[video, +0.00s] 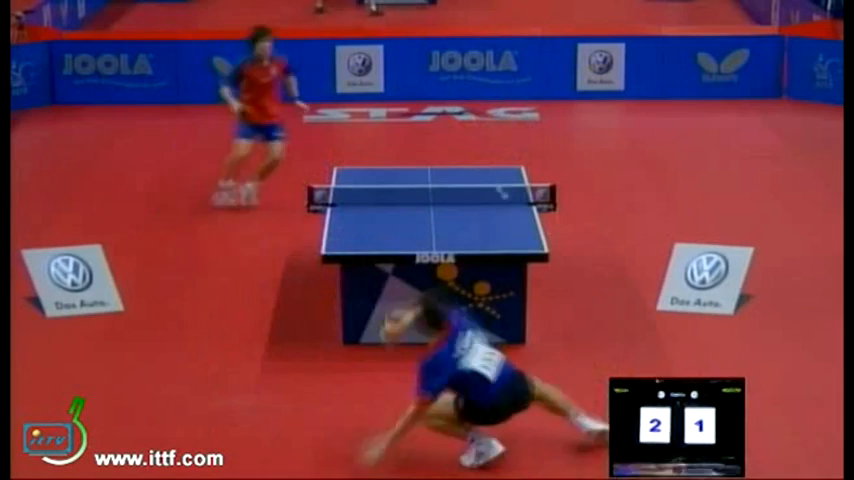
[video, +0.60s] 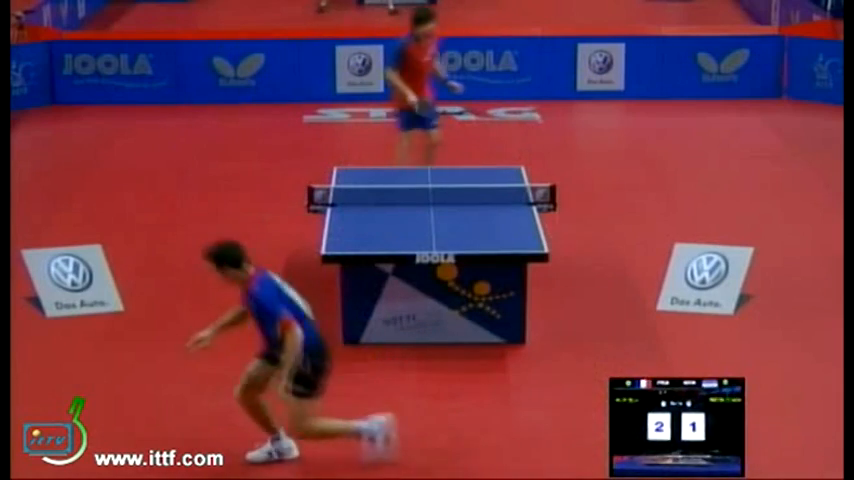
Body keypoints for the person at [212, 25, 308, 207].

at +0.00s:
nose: (267, 48)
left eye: (269, 43)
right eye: (263, 44)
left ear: (272, 46)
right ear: (255, 46)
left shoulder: (279, 65)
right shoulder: (246, 67)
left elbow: (290, 79)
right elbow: (225, 87)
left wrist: (295, 98)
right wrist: (233, 102)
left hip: (271, 115)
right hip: (249, 115)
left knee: (277, 156)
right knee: (241, 152)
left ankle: (252, 185)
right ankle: (225, 185)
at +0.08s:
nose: (281, 50)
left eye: (283, 45)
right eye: (277, 46)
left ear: (286, 47)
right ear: (269, 48)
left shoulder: (294, 66)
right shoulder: (259, 67)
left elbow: (305, 84)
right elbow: (242, 89)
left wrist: (309, 105)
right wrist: (254, 108)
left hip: (290, 116)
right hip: (268, 117)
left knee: (303, 154)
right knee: (260, 155)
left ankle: (294, 184)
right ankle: (256, 187)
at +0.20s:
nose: (309, 62)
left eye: (311, 58)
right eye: (305, 59)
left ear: (313, 59)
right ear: (297, 61)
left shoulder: (319, 76)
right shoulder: (287, 80)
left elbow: (330, 96)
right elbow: (278, 106)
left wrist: (345, 109)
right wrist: (303, 119)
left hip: (317, 125)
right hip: (292, 129)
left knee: (346, 155)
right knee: (275, 164)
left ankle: (368, 183)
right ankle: (266, 193)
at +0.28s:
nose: (338, 63)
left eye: (339, 59)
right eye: (334, 60)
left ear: (339, 60)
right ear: (325, 61)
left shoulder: (343, 74)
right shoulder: (314, 79)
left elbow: (353, 91)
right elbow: (309, 109)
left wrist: (366, 101)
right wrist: (338, 116)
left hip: (337, 126)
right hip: (313, 129)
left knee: (372, 153)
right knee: (289, 163)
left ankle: (386, 189)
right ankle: (268, 192)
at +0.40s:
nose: (380, 56)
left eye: (382, 52)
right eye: (377, 52)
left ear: (384, 53)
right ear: (369, 52)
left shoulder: (383, 68)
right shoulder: (358, 70)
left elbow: (391, 81)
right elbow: (349, 102)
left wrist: (410, 92)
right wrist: (376, 109)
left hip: (375, 122)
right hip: (351, 124)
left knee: (402, 154)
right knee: (325, 157)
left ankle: (402, 191)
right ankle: (295, 190)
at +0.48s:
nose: (403, 45)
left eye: (404, 41)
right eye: (400, 41)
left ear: (405, 41)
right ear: (391, 41)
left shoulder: (403, 57)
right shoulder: (376, 62)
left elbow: (409, 73)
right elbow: (368, 90)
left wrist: (426, 85)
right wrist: (392, 102)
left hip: (396, 116)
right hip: (375, 116)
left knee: (409, 152)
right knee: (358, 154)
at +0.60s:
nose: (430, 31)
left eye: (432, 26)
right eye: (426, 27)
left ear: (434, 26)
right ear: (417, 27)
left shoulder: (431, 44)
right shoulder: (405, 46)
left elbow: (432, 65)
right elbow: (390, 72)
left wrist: (447, 81)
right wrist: (409, 94)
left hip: (425, 97)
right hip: (406, 99)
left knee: (434, 138)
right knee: (406, 139)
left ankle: (427, 174)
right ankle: (401, 176)